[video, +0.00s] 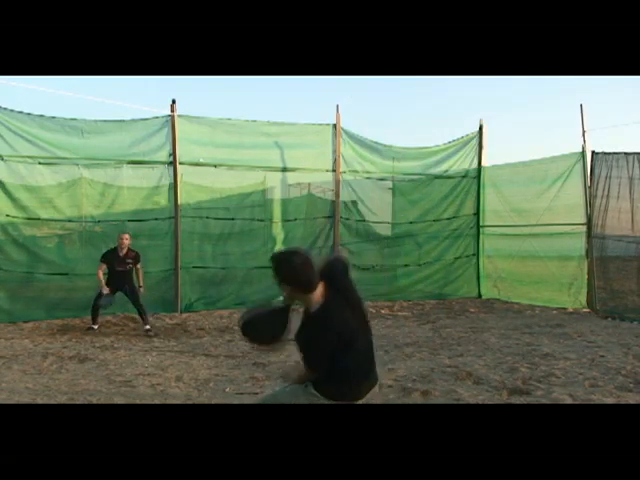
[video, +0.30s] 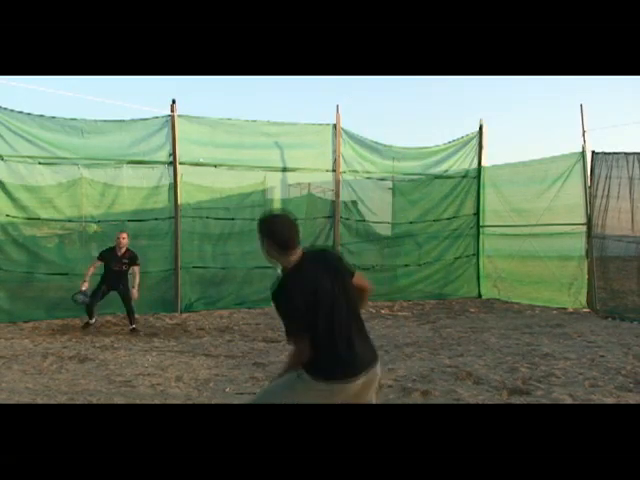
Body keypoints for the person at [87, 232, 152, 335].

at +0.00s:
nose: (123, 242)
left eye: (126, 239)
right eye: (121, 239)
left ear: (129, 241)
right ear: (118, 241)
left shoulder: (134, 255)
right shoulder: (109, 254)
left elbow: (138, 269)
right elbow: (100, 270)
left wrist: (140, 285)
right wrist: (103, 286)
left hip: (127, 284)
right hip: (111, 284)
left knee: (137, 303)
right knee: (97, 303)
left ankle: (147, 325)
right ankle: (94, 324)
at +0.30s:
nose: (121, 241)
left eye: (123, 238)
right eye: (119, 238)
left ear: (127, 241)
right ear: (116, 240)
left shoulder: (131, 256)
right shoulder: (107, 253)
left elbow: (136, 272)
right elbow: (93, 266)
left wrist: (135, 288)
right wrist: (86, 281)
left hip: (122, 283)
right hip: (106, 282)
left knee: (128, 305)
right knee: (90, 302)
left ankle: (133, 325)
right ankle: (91, 320)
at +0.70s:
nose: (86, 274)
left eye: (88, 271)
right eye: (84, 271)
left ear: (94, 269)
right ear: (82, 271)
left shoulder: (102, 270)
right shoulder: (80, 277)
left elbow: (117, 272)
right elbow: (73, 293)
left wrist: (130, 280)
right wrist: (66, 305)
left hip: (102, 287)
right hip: (87, 289)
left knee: (118, 302)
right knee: (72, 302)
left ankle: (132, 325)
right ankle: (73, 326)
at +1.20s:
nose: (87, 243)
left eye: (89, 241)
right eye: (84, 241)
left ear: (93, 241)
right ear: (82, 242)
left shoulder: (102, 252)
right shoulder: (77, 256)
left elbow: (112, 264)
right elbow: (68, 269)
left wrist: (117, 276)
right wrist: (63, 285)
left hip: (101, 281)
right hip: (86, 282)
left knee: (112, 301)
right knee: (75, 301)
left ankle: (109, 320)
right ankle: (72, 325)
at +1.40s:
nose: (96, 234)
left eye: (98, 231)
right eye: (94, 232)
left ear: (102, 233)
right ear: (91, 233)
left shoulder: (110, 246)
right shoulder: (85, 247)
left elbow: (118, 261)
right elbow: (79, 259)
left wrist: (116, 273)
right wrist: (75, 272)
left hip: (106, 277)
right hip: (91, 277)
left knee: (111, 298)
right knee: (81, 296)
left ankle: (109, 320)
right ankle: (81, 321)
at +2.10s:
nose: (105, 227)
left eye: (107, 224)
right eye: (103, 225)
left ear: (111, 226)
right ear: (100, 227)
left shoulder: (120, 242)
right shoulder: (95, 242)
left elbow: (125, 257)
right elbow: (85, 256)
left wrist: (125, 268)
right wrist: (86, 241)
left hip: (117, 274)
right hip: (102, 275)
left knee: (123, 299)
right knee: (94, 299)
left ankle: (125, 322)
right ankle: (90, 323)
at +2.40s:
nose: (111, 225)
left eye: (113, 223)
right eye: (109, 223)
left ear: (117, 225)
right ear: (106, 225)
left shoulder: (123, 240)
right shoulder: (102, 240)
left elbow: (129, 254)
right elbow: (99, 238)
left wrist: (133, 262)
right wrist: (98, 229)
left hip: (120, 272)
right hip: (105, 272)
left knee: (124, 298)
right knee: (96, 298)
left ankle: (126, 323)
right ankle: (92, 322)